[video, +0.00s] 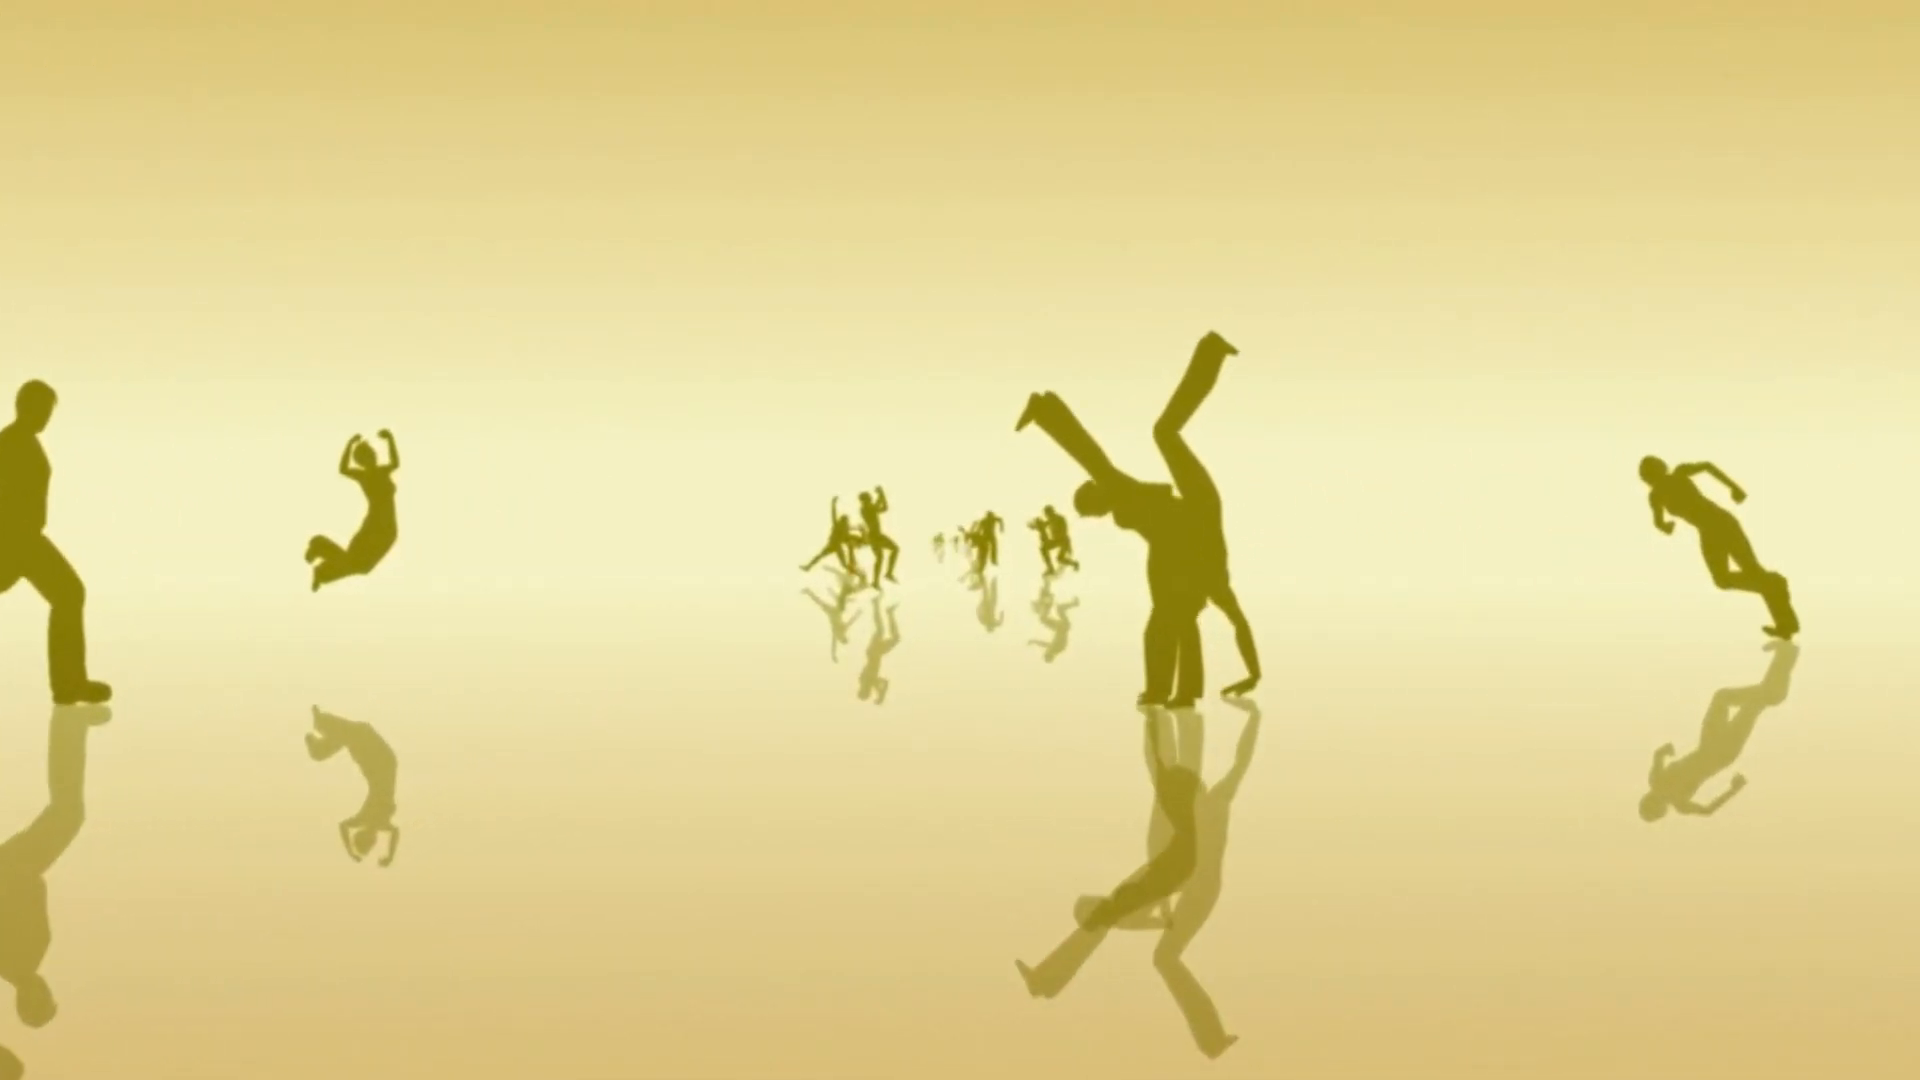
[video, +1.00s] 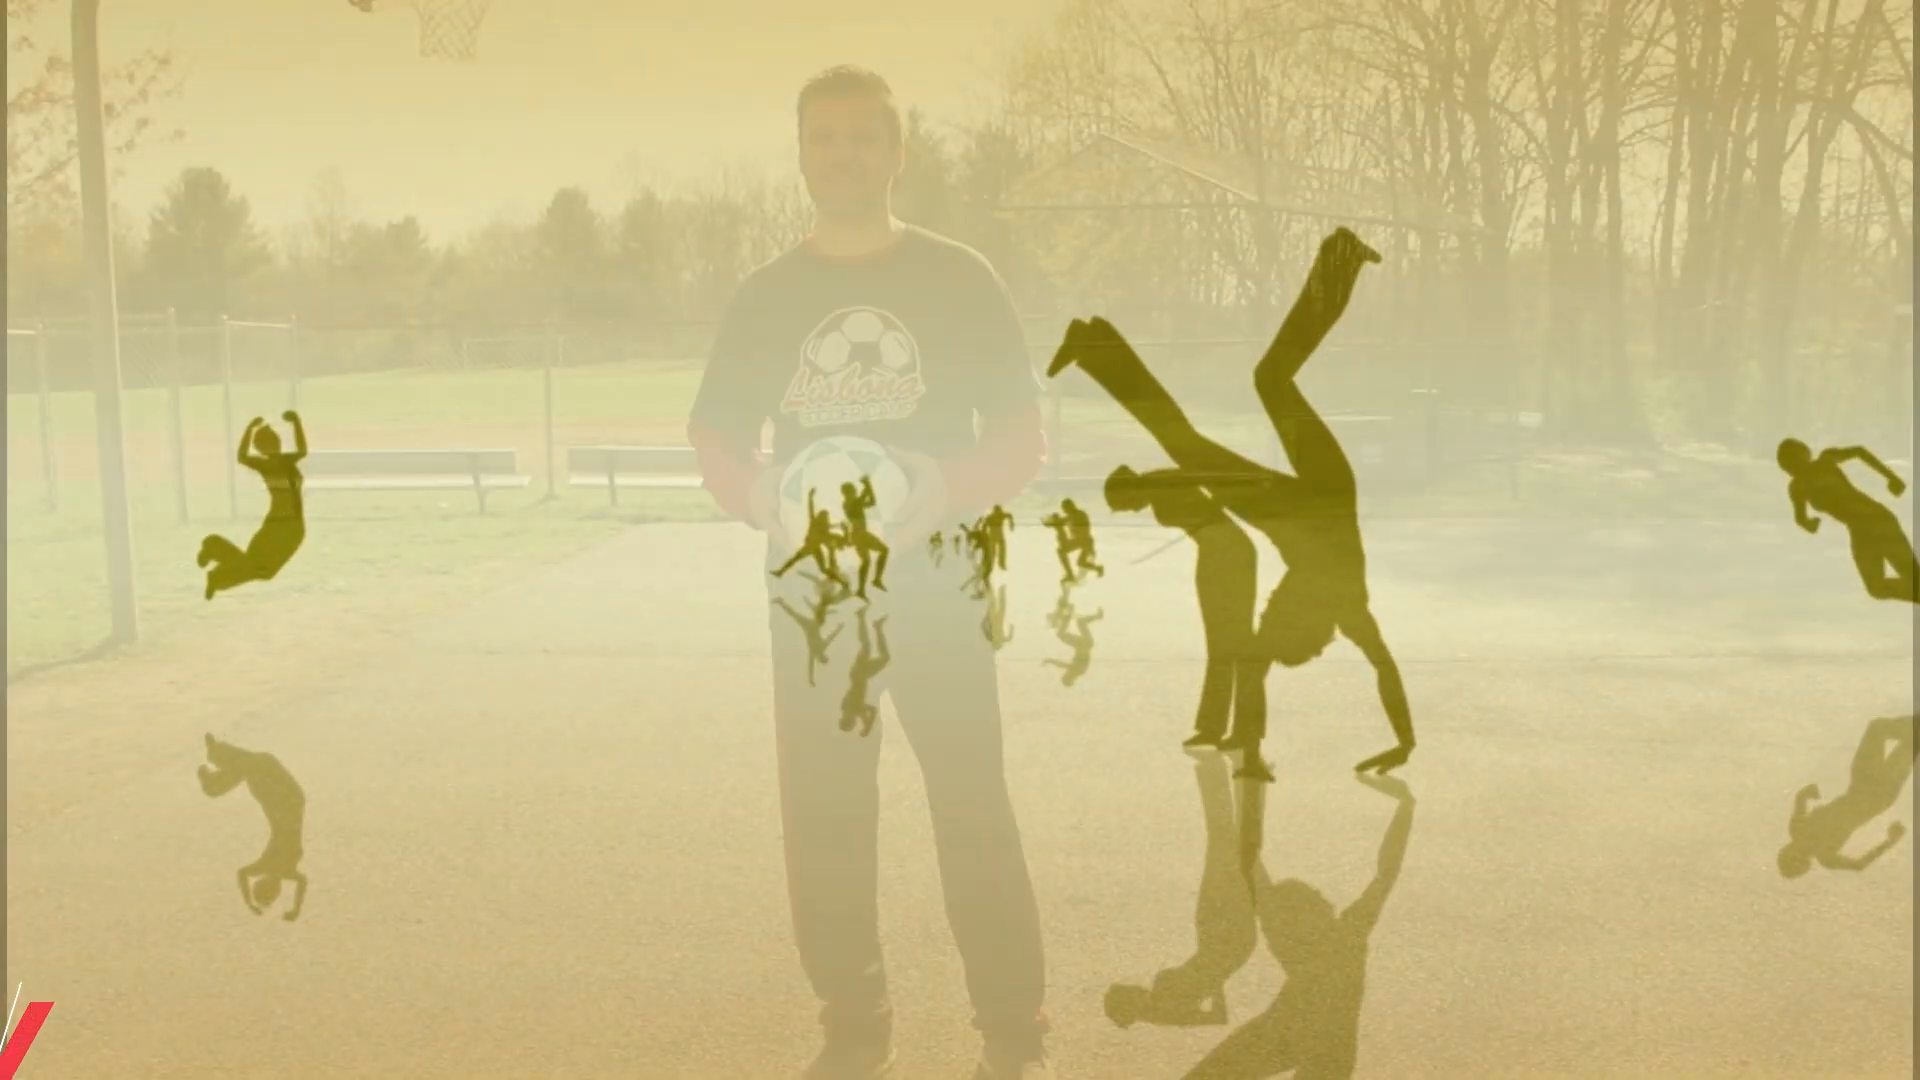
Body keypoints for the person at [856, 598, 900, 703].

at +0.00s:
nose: (866, 696)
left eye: (864, 695)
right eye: (865, 696)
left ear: (862, 690)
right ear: (865, 691)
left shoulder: (867, 679)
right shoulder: (871, 680)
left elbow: (884, 682)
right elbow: (883, 683)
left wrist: (880, 697)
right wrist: (880, 697)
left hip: (872, 650)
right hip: (879, 651)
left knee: (880, 630)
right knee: (896, 639)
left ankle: (875, 603)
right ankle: (891, 613)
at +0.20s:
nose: (863, 701)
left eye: (862, 701)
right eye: (862, 702)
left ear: (860, 694)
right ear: (862, 695)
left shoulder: (864, 683)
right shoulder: (869, 686)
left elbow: (882, 688)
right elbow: (881, 688)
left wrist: (878, 703)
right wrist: (878, 703)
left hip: (870, 654)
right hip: (877, 655)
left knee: (877, 632)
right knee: (894, 642)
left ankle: (873, 606)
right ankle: (888, 616)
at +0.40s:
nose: (862, 707)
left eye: (860, 707)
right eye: (860, 707)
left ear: (857, 701)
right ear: (859, 702)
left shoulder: (860, 689)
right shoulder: (866, 691)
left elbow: (879, 693)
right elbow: (879, 693)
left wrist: (876, 708)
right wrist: (876, 708)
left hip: (867, 660)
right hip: (874, 660)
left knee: (874, 636)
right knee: (892, 645)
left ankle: (870, 608)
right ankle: (886, 618)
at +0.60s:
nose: (858, 713)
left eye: (856, 713)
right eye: (857, 714)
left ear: (853, 707)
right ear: (856, 708)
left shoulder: (856, 694)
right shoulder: (863, 696)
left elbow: (876, 698)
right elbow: (876, 699)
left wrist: (873, 714)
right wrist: (873, 714)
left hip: (863, 664)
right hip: (871, 665)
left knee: (871, 640)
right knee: (890, 650)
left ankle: (867, 611)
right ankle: (884, 622)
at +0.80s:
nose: (855, 719)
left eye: (853, 719)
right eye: (854, 719)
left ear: (849, 713)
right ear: (851, 714)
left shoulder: (854, 699)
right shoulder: (859, 701)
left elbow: (875, 702)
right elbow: (873, 703)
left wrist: (870, 720)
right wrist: (870, 720)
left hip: (860, 668)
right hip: (868, 669)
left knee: (869, 642)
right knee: (888, 654)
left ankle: (864, 613)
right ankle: (881, 625)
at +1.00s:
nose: (852, 725)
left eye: (850, 725)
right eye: (851, 725)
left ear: (845, 720)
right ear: (848, 721)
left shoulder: (849, 706)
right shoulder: (855, 708)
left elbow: (871, 710)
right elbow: (871, 711)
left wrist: (867, 728)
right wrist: (867, 728)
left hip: (857, 672)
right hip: (864, 674)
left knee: (865, 646)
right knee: (885, 658)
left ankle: (861, 616)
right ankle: (878, 628)